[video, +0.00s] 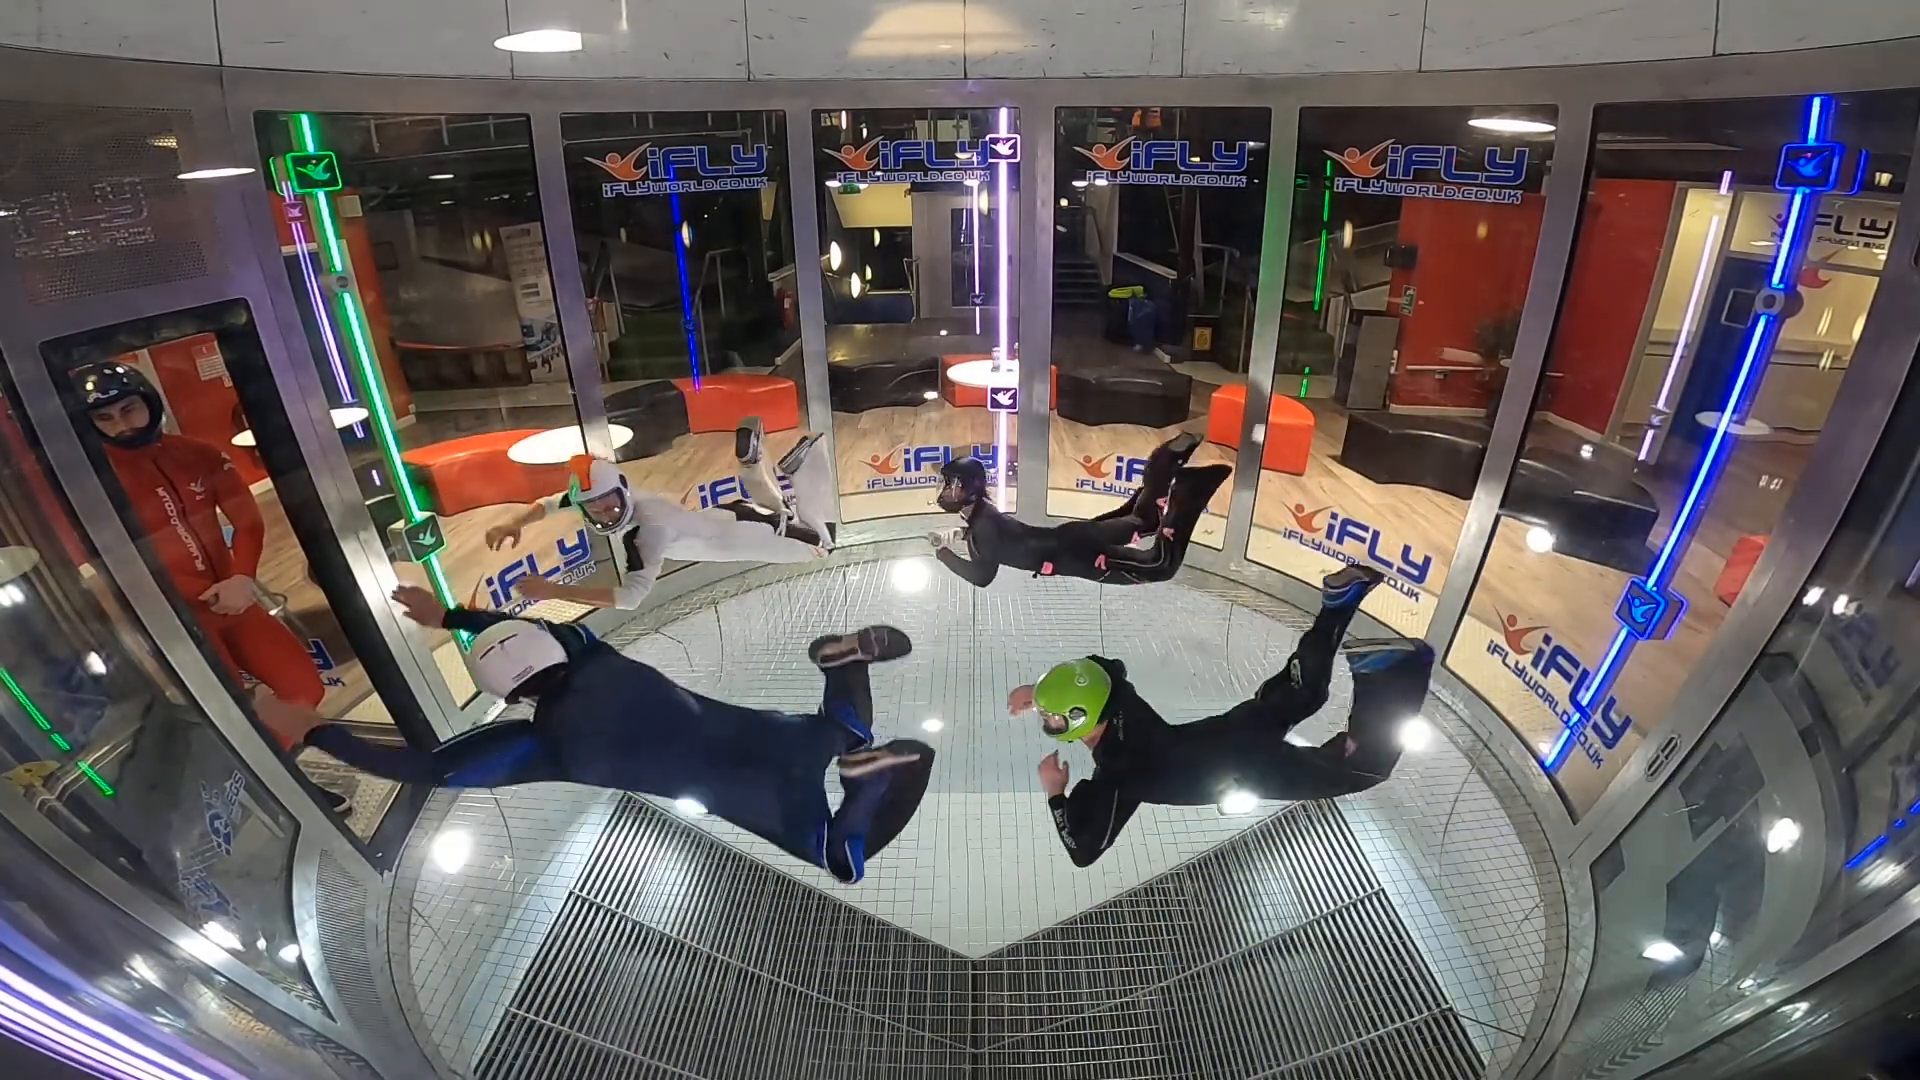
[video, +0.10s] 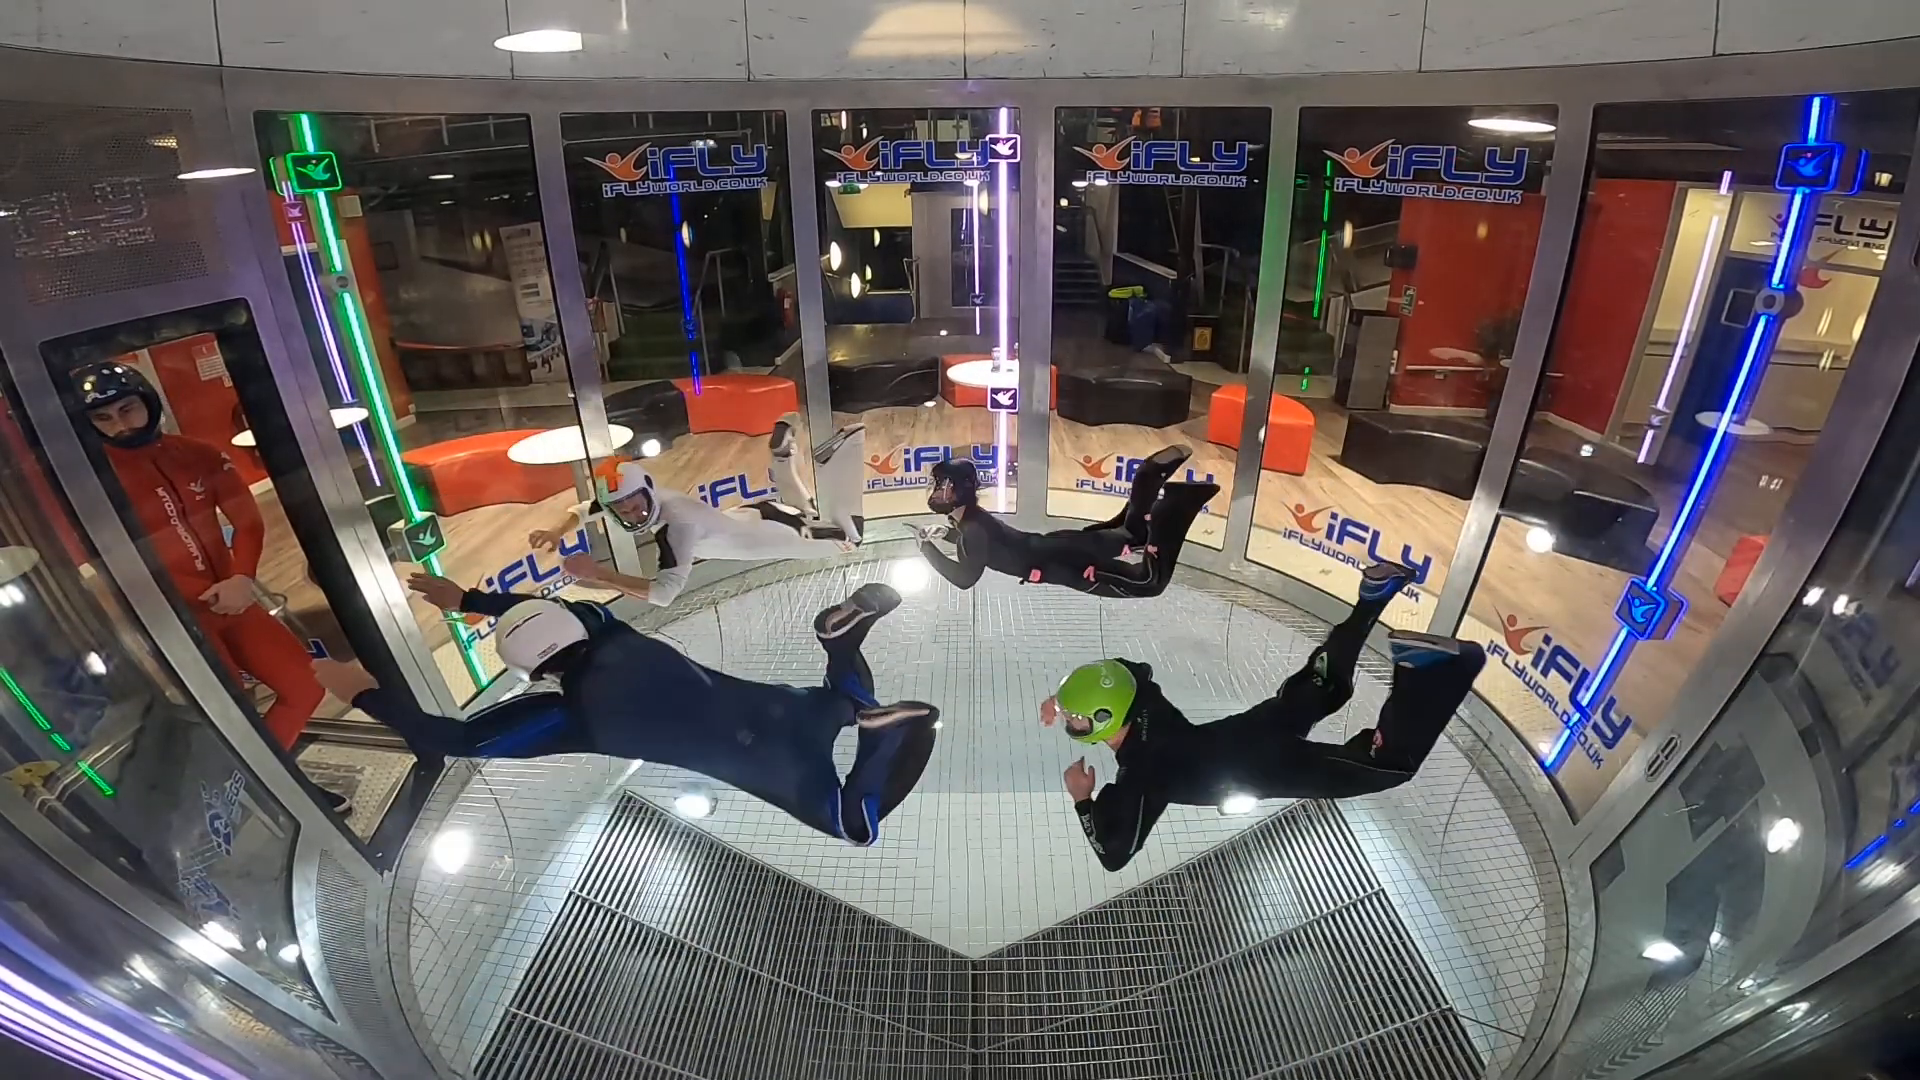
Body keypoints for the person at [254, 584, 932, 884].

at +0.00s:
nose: (529, 662)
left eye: (517, 664)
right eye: (524, 656)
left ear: (516, 697)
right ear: (545, 652)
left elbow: (425, 766)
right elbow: (526, 625)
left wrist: (318, 734)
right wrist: (447, 616)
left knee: (838, 853)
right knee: (846, 720)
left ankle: (893, 771)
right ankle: (849, 656)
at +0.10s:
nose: (531, 666)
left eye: (524, 660)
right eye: (532, 650)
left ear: (538, 667)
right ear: (567, 628)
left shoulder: (565, 715)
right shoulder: (610, 631)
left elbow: (459, 739)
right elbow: (545, 609)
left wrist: (368, 691)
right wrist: (463, 599)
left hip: (760, 759)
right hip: (774, 705)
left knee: (855, 820)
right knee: (842, 700)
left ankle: (906, 732)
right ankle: (845, 640)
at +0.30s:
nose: (598, 623)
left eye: (595, 617)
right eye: (601, 610)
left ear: (605, 624)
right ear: (633, 591)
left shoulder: (639, 668)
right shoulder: (670, 606)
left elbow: (547, 708)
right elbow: (598, 588)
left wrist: (457, 648)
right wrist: (527, 583)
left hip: (806, 714)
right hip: (819, 668)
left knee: (912, 776)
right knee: (884, 669)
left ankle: (923, 675)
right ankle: (883, 593)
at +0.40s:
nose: (645, 626)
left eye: (642, 615)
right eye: (642, 612)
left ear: (651, 614)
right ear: (679, 578)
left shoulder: (692, 649)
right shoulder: (708, 598)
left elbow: (593, 699)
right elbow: (644, 586)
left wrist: (533, 629)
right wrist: (574, 579)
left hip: (854, 698)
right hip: (853, 660)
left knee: (964, 759)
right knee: (920, 661)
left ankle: (958, 653)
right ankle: (916, 584)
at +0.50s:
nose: (694, 614)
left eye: (690, 605)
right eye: (692, 602)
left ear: (698, 603)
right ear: (725, 570)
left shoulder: (731, 644)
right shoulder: (758, 590)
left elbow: (644, 695)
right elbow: (696, 582)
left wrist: (610, 619)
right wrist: (633, 584)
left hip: (907, 693)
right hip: (909, 655)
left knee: (1019, 736)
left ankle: (1003, 627)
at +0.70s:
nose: (776, 603)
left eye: (776, 595)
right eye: (777, 593)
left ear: (788, 598)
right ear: (819, 564)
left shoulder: (819, 641)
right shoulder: (851, 577)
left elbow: (747, 693)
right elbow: (801, 583)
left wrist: (707, 624)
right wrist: (750, 596)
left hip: (993, 669)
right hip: (995, 628)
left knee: (1109, 703)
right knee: (1074, 620)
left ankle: (1093, 572)